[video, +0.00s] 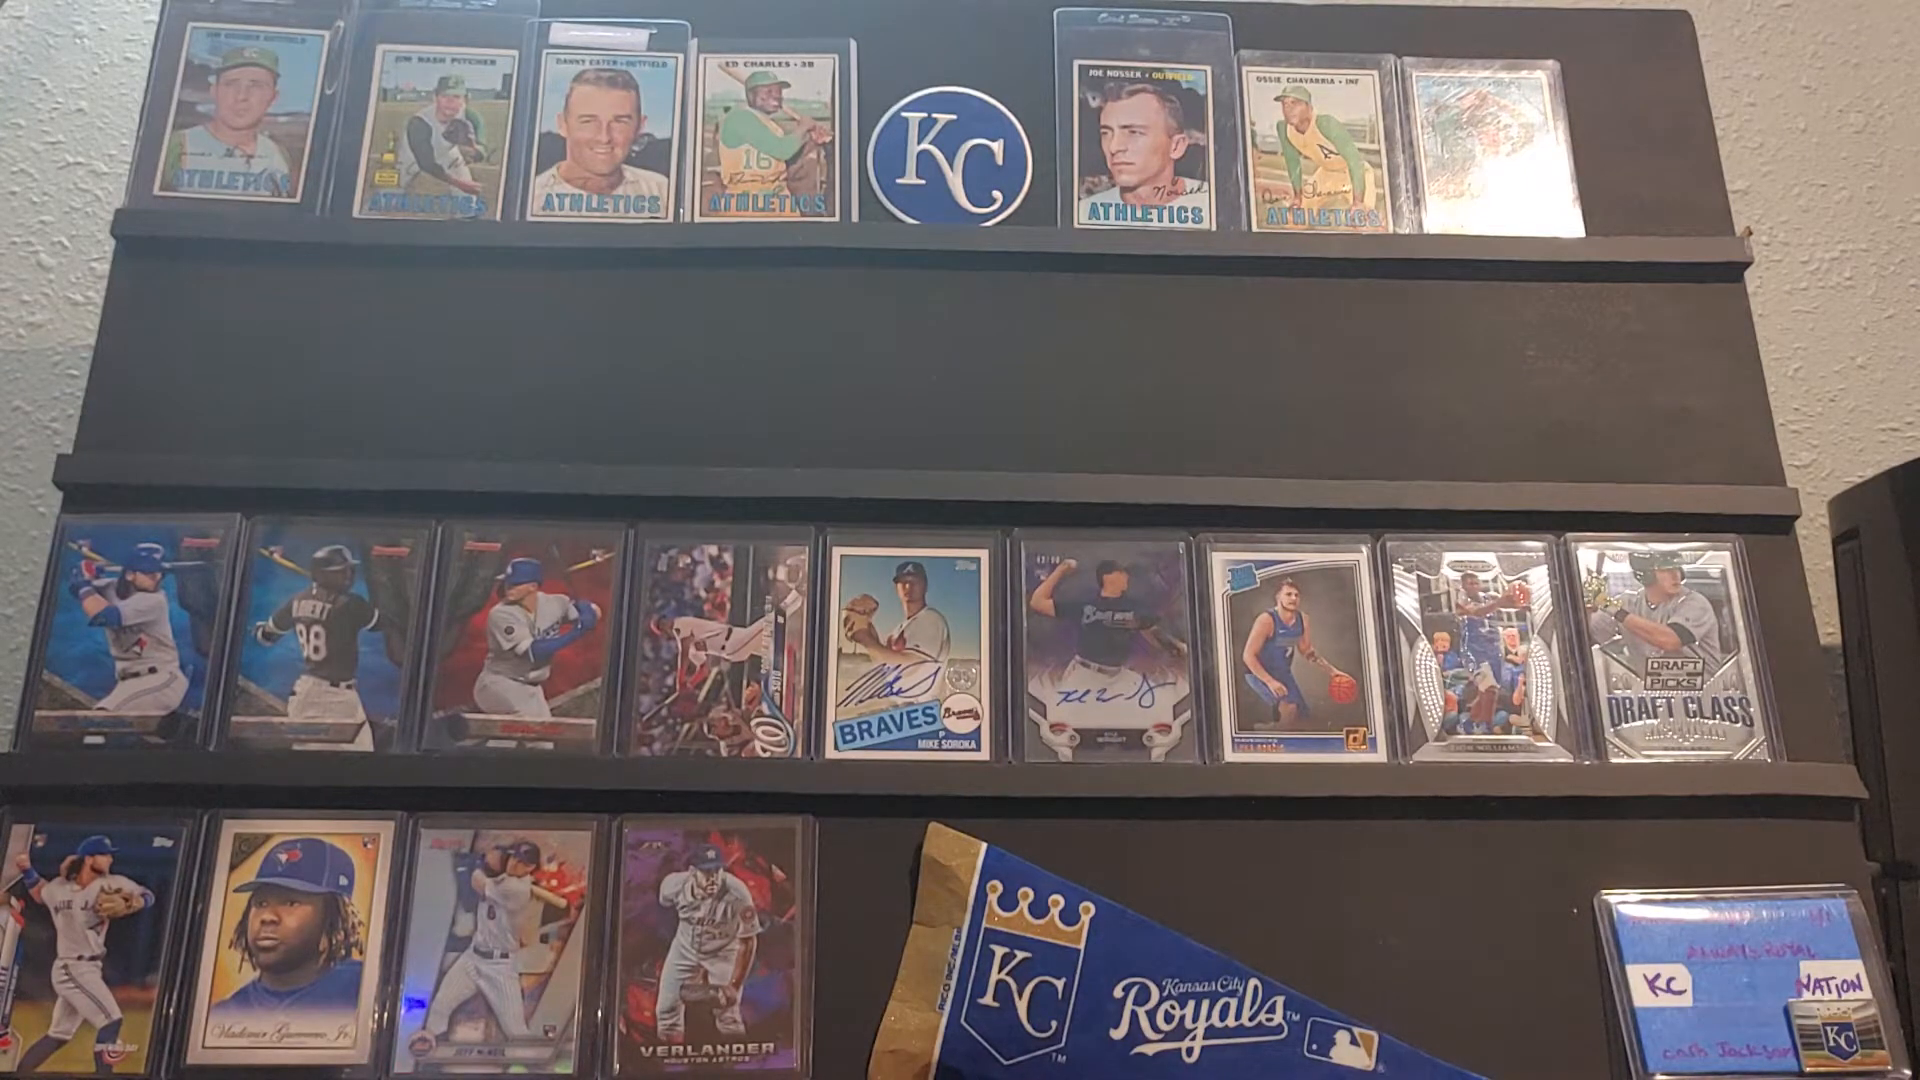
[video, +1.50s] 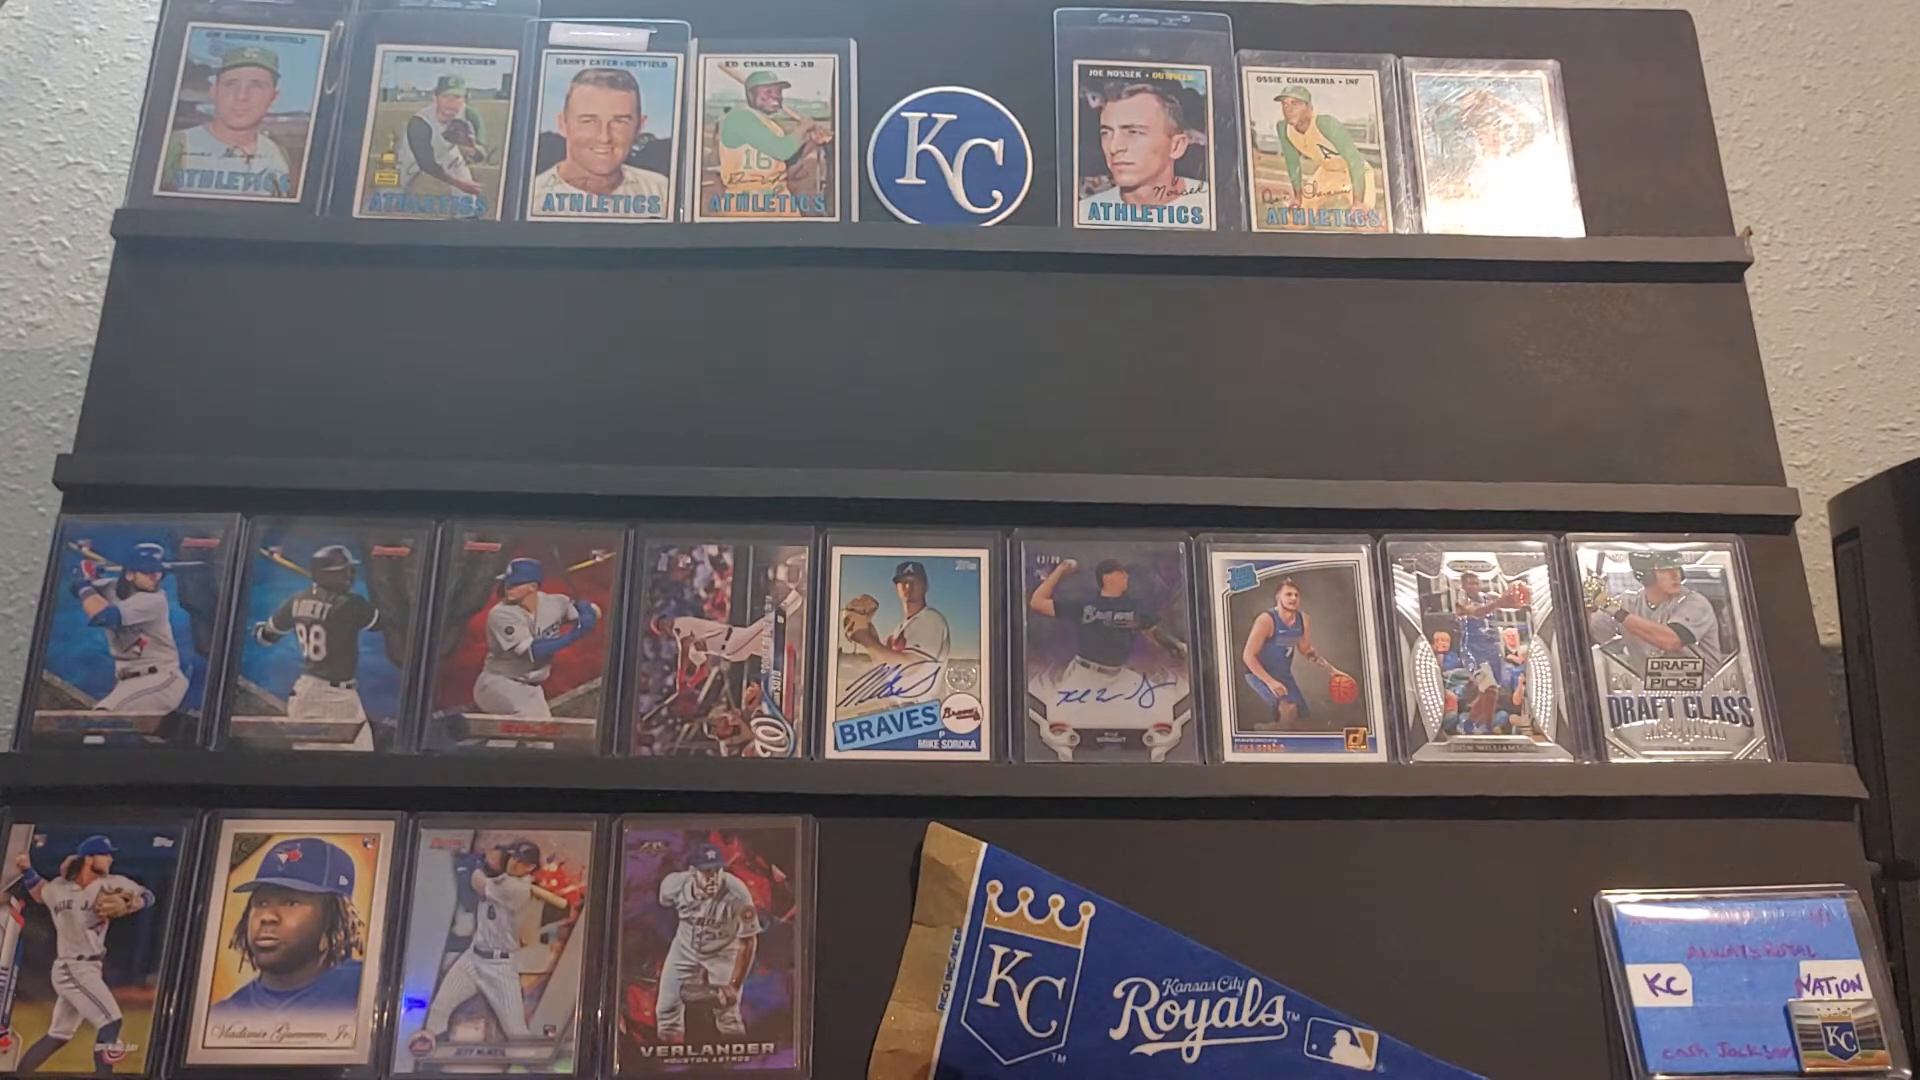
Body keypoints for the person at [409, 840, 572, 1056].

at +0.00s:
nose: (514, 864)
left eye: (521, 862)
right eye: (514, 859)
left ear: (530, 868)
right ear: (510, 858)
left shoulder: (517, 889)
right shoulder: (503, 879)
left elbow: (477, 882)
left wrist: (483, 865)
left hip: (500, 965)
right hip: (472, 958)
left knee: (515, 1029)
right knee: (440, 1005)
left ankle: (536, 1070)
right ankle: (424, 1062)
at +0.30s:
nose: (514, 864)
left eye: (520, 862)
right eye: (513, 859)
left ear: (530, 868)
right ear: (509, 858)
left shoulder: (518, 890)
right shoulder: (502, 879)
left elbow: (477, 882)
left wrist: (479, 866)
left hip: (500, 965)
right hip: (473, 957)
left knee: (515, 1031)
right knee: (440, 1006)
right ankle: (426, 1065)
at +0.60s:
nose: (514, 863)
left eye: (520, 861)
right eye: (513, 858)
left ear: (530, 868)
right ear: (510, 859)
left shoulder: (518, 890)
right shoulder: (503, 879)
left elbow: (478, 883)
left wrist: (480, 866)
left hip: (500, 965)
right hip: (472, 958)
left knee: (515, 1030)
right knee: (440, 1006)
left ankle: (536, 1069)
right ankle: (424, 1064)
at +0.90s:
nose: (513, 863)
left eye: (519, 861)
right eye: (513, 858)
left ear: (530, 868)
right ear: (510, 859)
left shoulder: (518, 889)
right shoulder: (503, 880)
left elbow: (478, 883)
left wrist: (479, 867)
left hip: (500, 965)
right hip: (472, 958)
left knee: (516, 1030)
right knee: (439, 1007)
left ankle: (536, 1069)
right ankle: (425, 1066)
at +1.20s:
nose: (514, 863)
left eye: (521, 861)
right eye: (514, 858)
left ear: (531, 868)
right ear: (510, 859)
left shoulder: (518, 889)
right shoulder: (502, 879)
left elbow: (478, 883)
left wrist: (480, 866)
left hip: (501, 965)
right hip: (473, 958)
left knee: (516, 1031)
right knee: (439, 1007)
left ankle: (534, 1070)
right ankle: (424, 1065)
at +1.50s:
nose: (514, 863)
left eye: (521, 861)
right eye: (514, 859)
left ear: (531, 868)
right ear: (510, 859)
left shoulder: (518, 889)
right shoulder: (502, 879)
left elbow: (478, 883)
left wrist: (480, 866)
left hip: (500, 965)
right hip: (473, 958)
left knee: (516, 1031)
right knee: (439, 1007)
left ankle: (534, 1070)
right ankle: (423, 1065)